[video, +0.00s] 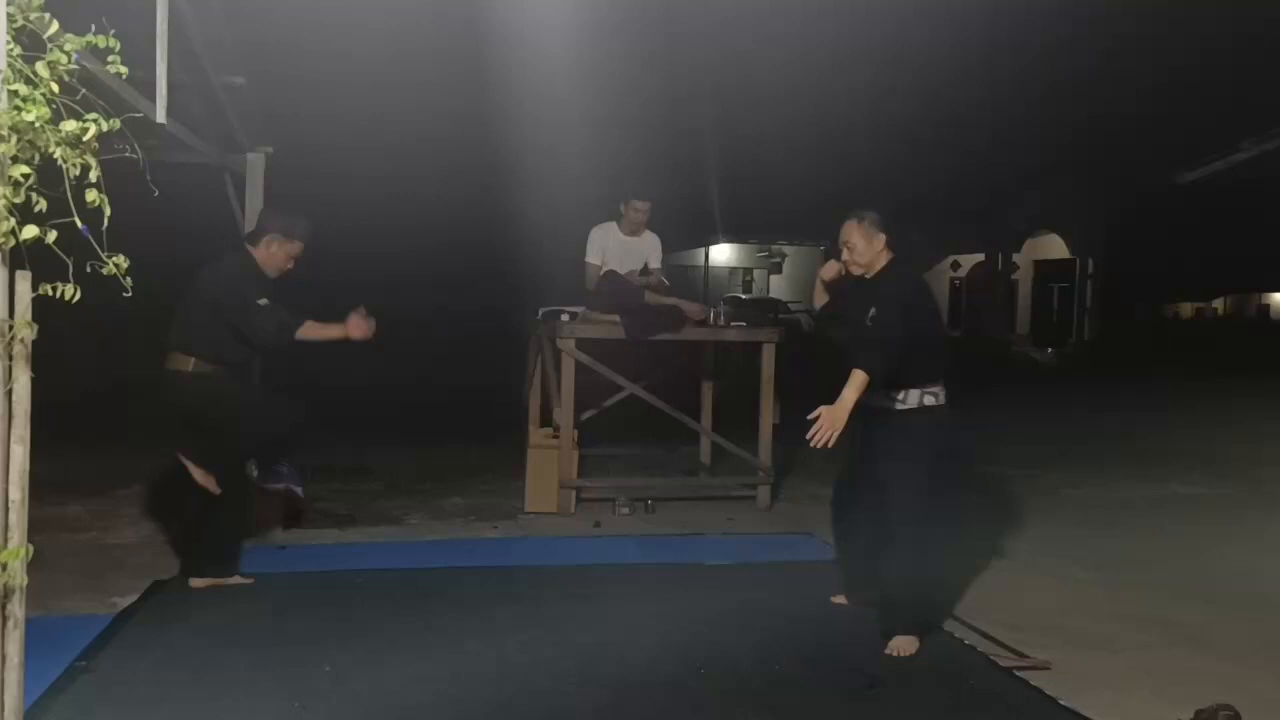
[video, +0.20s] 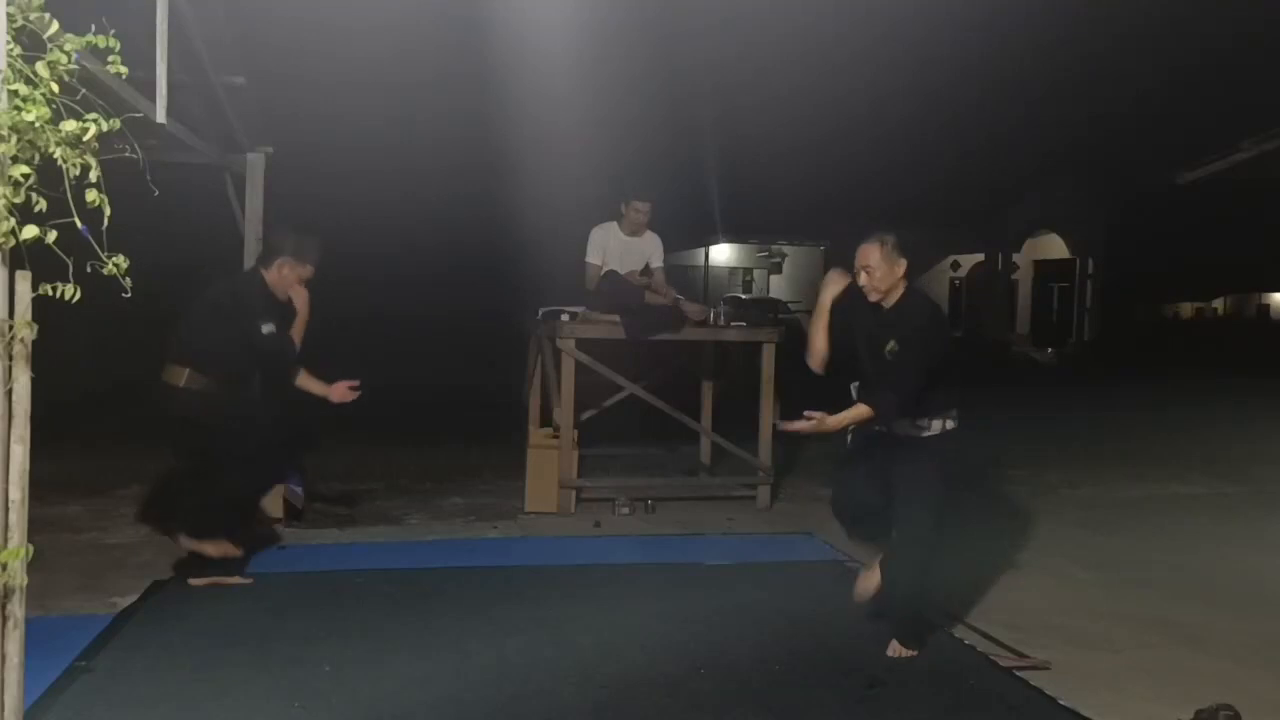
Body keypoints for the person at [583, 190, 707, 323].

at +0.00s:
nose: (640, 218)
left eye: (645, 212)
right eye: (635, 211)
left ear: (649, 214)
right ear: (623, 208)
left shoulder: (652, 240)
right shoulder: (600, 233)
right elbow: (591, 284)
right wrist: (622, 281)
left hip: (635, 302)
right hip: (602, 301)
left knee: (676, 315)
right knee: (610, 278)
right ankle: (677, 303)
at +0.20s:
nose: (641, 218)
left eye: (646, 213)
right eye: (636, 212)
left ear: (650, 214)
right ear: (623, 209)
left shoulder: (653, 241)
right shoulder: (601, 233)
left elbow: (659, 283)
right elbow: (591, 283)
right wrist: (624, 280)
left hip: (635, 300)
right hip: (602, 299)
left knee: (671, 314)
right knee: (610, 278)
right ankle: (677, 305)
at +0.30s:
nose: (642, 219)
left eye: (647, 214)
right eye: (637, 212)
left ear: (651, 215)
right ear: (624, 209)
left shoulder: (653, 240)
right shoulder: (601, 233)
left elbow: (660, 282)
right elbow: (591, 284)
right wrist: (623, 281)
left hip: (635, 300)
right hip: (603, 299)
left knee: (672, 314)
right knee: (610, 279)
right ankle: (677, 306)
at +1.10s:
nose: (641, 220)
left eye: (646, 214)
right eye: (636, 213)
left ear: (650, 214)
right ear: (623, 209)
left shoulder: (653, 240)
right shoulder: (601, 234)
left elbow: (659, 282)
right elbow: (591, 285)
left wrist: (664, 293)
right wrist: (623, 281)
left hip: (635, 300)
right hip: (602, 300)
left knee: (674, 316)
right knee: (611, 278)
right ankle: (679, 309)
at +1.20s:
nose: (641, 220)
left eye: (645, 214)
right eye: (635, 213)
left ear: (650, 214)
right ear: (622, 209)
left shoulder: (653, 240)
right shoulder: (601, 234)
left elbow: (659, 283)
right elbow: (591, 285)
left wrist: (664, 293)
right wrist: (623, 280)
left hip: (636, 300)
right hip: (602, 300)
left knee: (674, 316)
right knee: (611, 278)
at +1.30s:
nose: (640, 219)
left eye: (645, 214)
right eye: (635, 212)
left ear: (650, 215)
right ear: (623, 209)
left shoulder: (653, 240)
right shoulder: (601, 234)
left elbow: (659, 283)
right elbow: (591, 285)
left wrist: (663, 293)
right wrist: (623, 280)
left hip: (635, 299)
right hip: (602, 300)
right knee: (611, 278)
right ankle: (678, 310)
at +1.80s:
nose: (640, 219)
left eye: (645, 214)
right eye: (635, 212)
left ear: (650, 215)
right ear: (623, 209)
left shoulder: (653, 240)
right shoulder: (601, 234)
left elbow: (659, 283)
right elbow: (591, 285)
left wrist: (664, 293)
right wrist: (623, 281)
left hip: (635, 299)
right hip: (602, 300)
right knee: (611, 278)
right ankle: (676, 312)